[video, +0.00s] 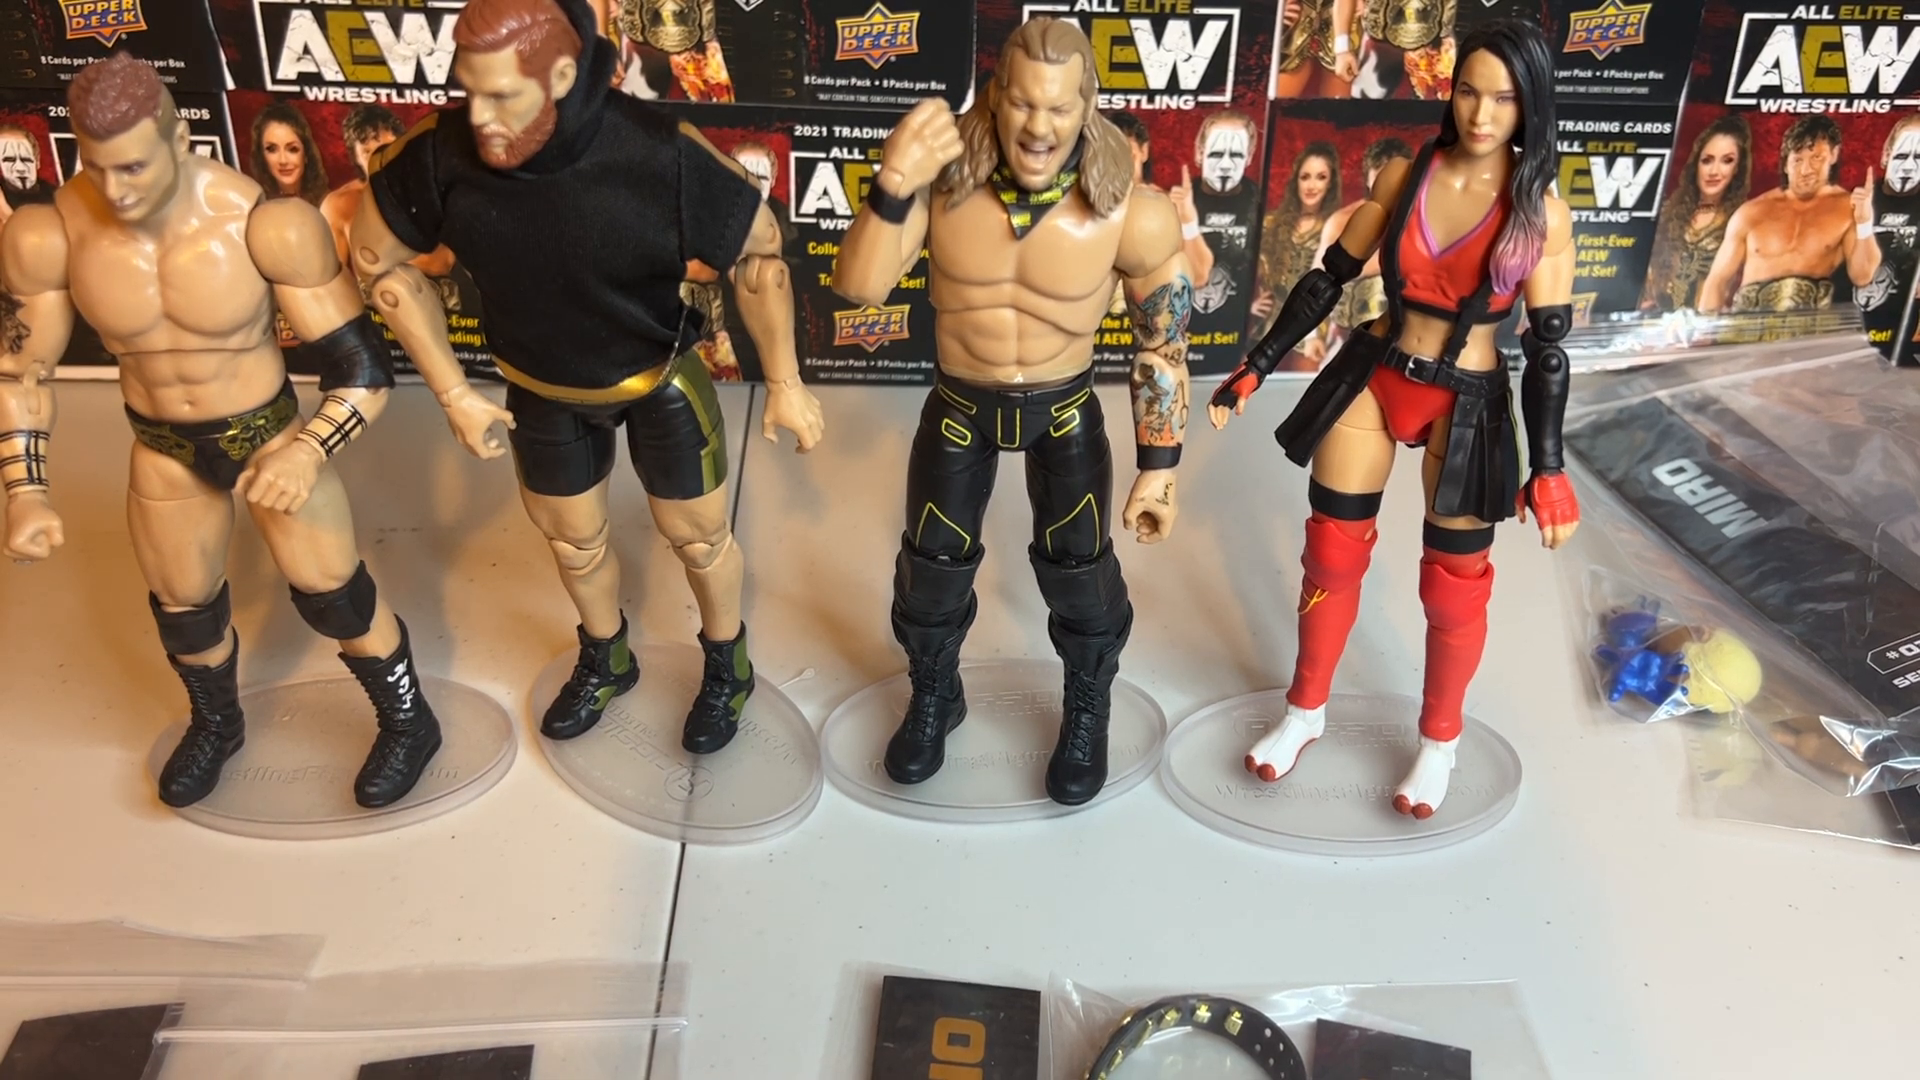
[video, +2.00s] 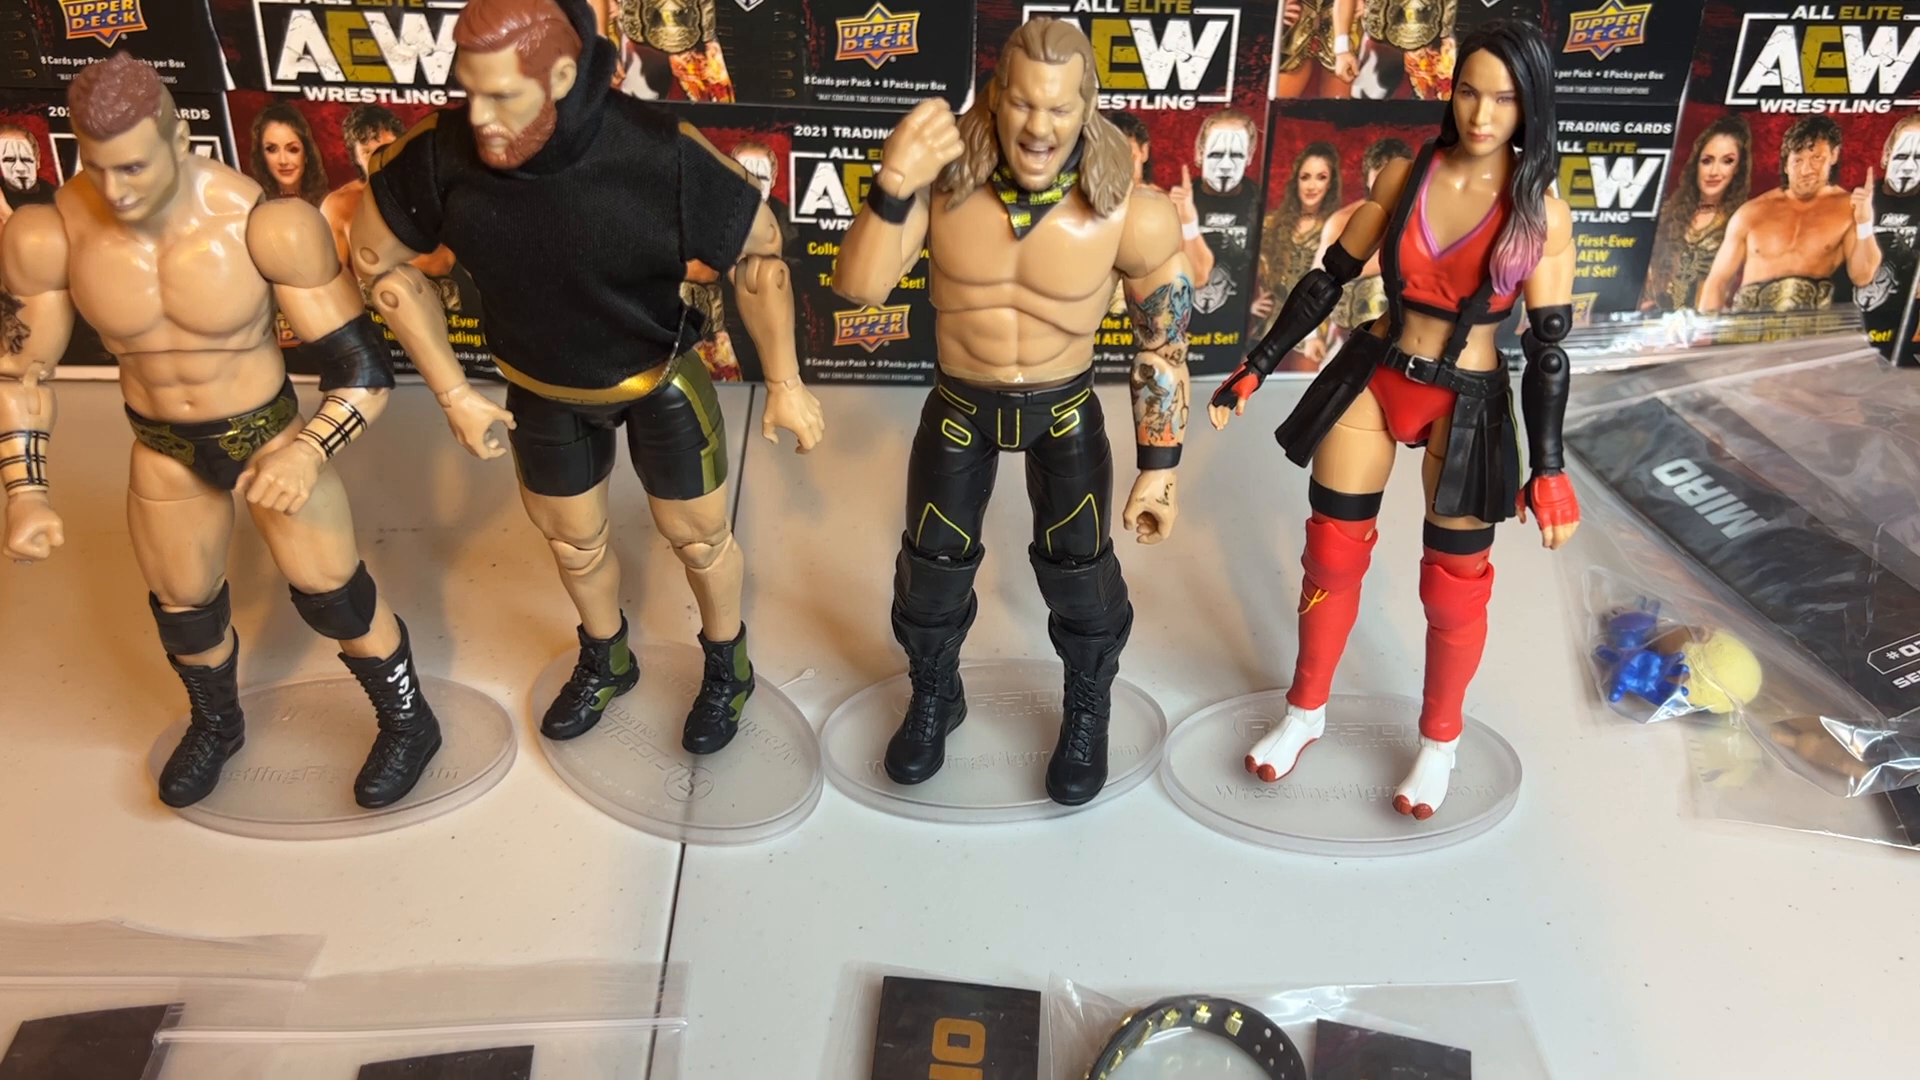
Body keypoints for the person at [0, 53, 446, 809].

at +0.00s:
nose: (118, 188)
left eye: (134, 167)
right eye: (100, 169)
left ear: (178, 138)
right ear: (80, 152)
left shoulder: (268, 225)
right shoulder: (52, 233)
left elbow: (363, 370)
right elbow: (23, 372)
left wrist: (311, 446)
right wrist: (21, 487)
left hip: (268, 441)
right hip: (161, 452)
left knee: (336, 599)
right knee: (186, 616)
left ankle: (409, 721)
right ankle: (217, 722)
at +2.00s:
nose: (117, 188)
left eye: (134, 167)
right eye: (100, 169)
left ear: (178, 138)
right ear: (81, 151)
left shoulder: (268, 225)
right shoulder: (54, 232)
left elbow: (362, 370)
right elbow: (23, 372)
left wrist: (312, 446)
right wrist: (22, 486)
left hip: (269, 440)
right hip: (161, 451)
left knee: (335, 598)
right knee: (186, 616)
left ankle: (408, 722)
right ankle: (216, 723)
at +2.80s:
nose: (118, 188)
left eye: (134, 167)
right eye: (100, 169)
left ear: (178, 138)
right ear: (80, 151)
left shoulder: (268, 225)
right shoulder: (54, 232)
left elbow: (362, 370)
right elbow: (23, 371)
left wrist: (311, 446)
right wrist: (21, 487)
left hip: (268, 441)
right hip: (161, 452)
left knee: (336, 600)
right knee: (186, 618)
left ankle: (409, 722)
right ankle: (216, 722)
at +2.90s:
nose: (118, 188)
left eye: (135, 167)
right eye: (101, 169)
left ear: (179, 139)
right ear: (81, 151)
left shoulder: (268, 225)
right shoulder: (53, 232)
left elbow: (363, 369)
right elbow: (22, 372)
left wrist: (311, 446)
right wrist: (22, 487)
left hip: (268, 441)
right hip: (161, 451)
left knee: (336, 600)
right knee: (186, 617)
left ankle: (409, 722)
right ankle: (216, 722)